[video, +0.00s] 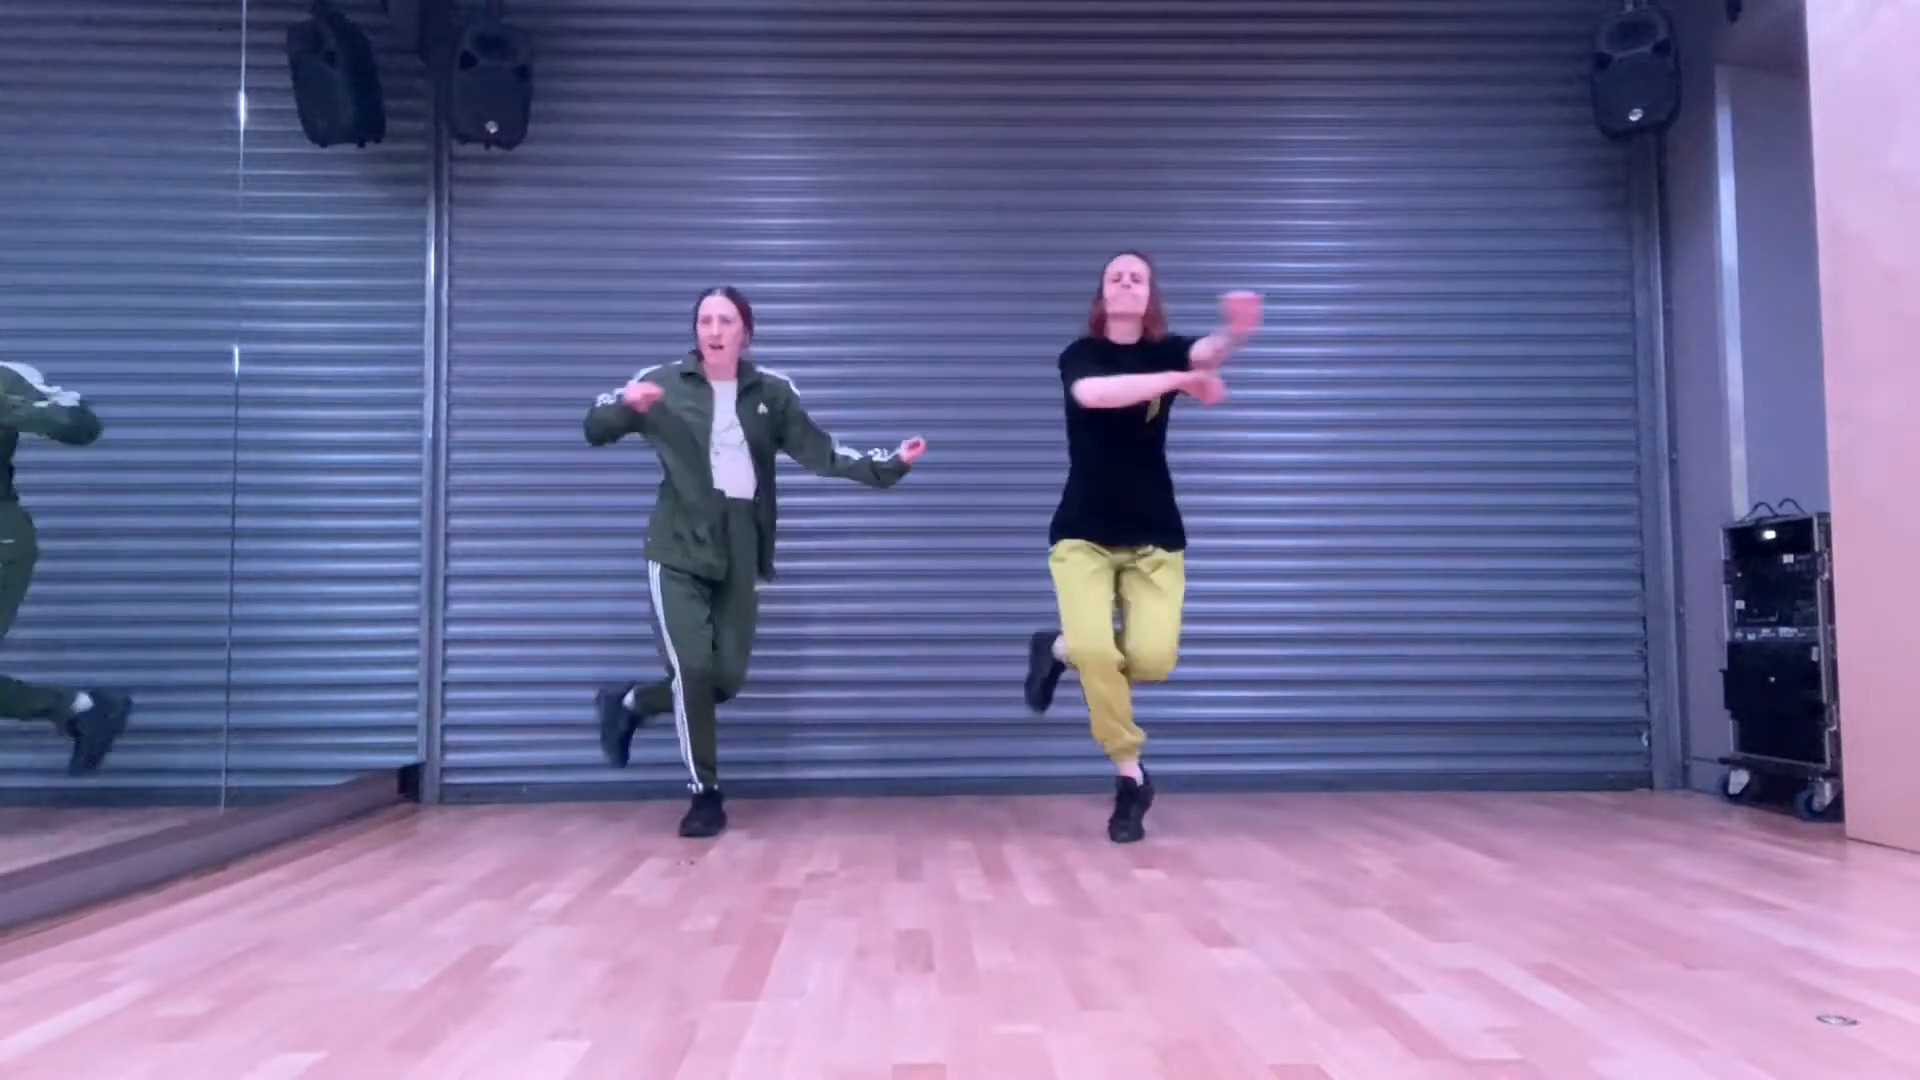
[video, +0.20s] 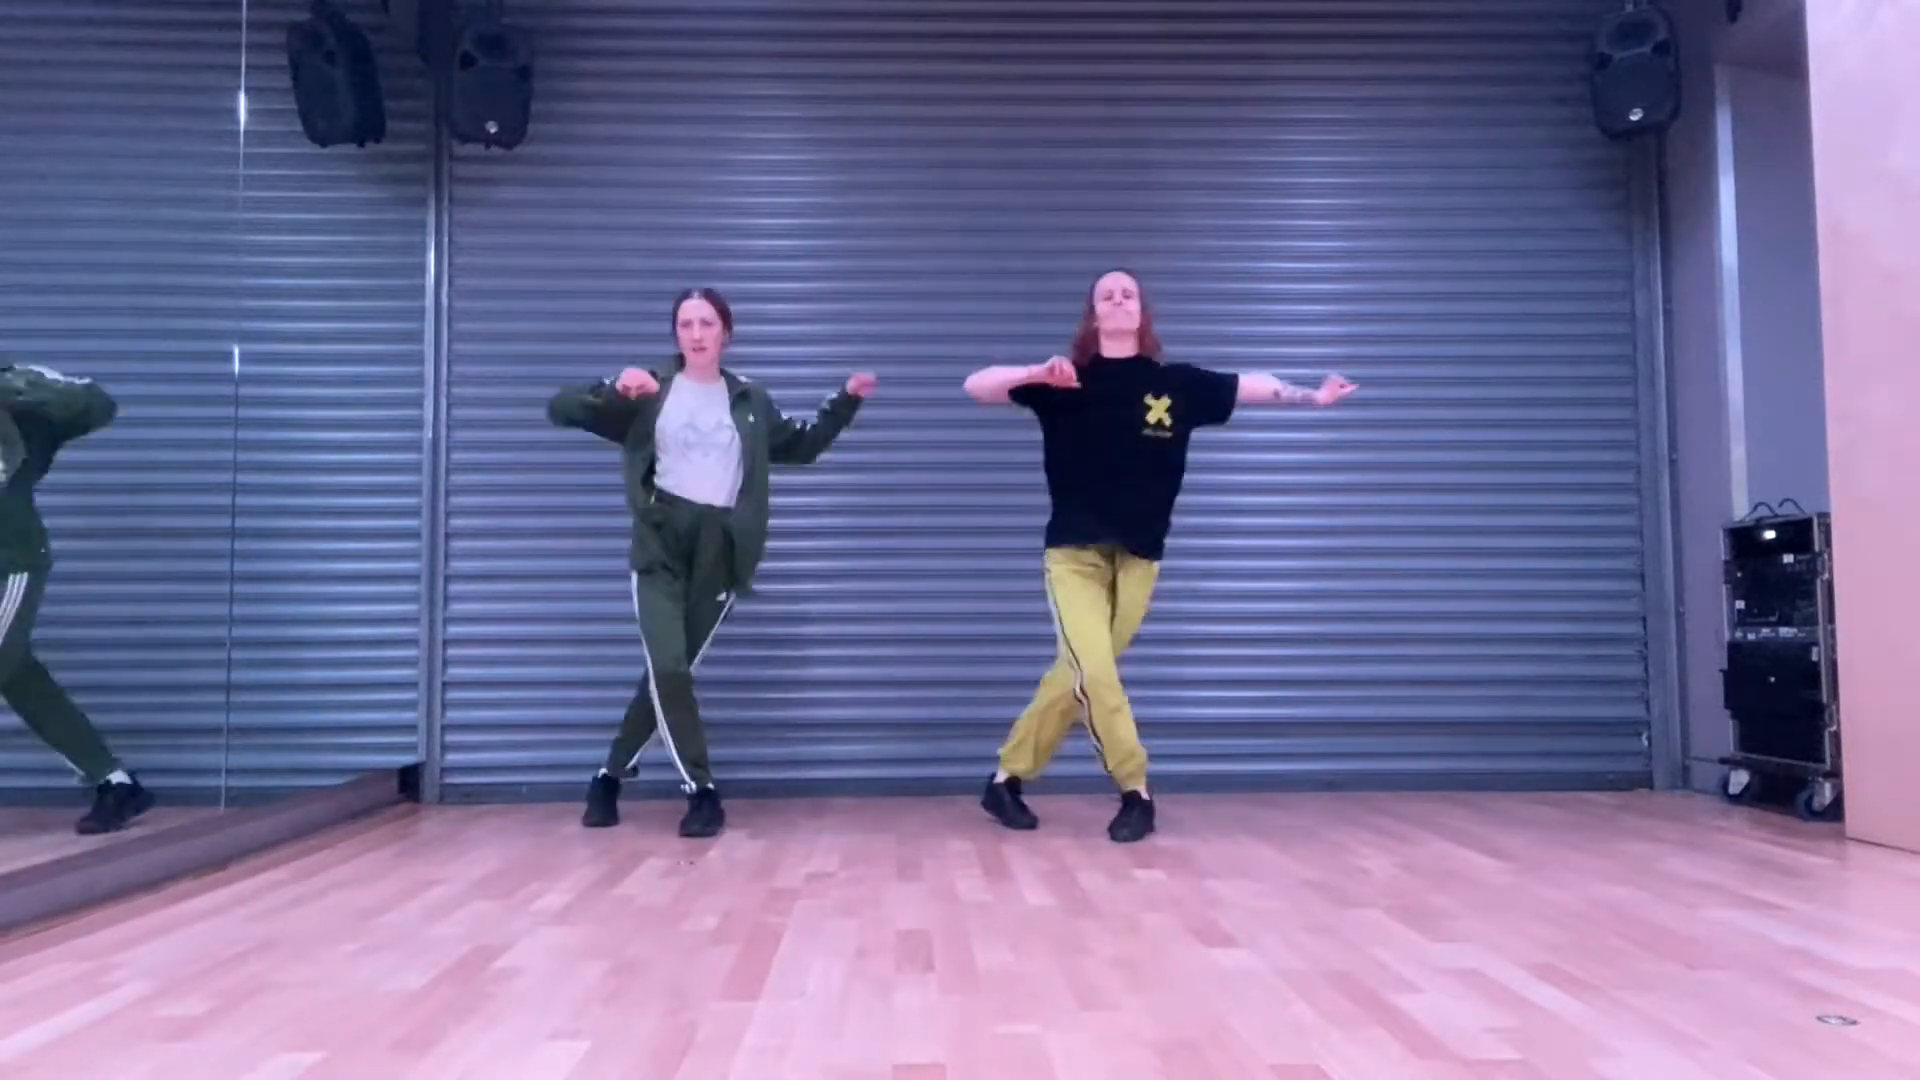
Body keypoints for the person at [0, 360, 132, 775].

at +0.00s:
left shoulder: (7, 382)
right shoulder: (9, 384)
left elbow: (87, 427)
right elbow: (84, 427)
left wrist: (23, 413)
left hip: (8, 546)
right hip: (9, 548)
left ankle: (78, 708)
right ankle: (78, 709)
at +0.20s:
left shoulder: (26, 409)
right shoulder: (21, 409)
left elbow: (99, 405)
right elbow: (99, 405)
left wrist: (25, 386)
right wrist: (30, 387)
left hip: (17, 556)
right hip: (12, 559)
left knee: (10, 669)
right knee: (12, 671)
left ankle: (111, 780)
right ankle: (111, 781)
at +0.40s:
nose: (10, 320)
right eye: (9, 317)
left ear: (5, 328)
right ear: (10, 326)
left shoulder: (15, 374)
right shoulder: (21, 372)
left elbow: (25, 458)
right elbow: (38, 453)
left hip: (30, 539)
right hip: (48, 540)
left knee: (23, 666)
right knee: (29, 667)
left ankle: (116, 772)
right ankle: (117, 772)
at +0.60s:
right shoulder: (48, 382)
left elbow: (81, 465)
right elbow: (83, 465)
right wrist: (82, 530)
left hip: (8, 540)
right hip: (74, 536)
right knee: (79, 663)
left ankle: (92, 778)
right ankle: (93, 779)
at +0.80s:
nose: (82, 375)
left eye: (84, 364)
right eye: (81, 363)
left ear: (39, 351)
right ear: (55, 355)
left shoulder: (13, 382)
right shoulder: (26, 381)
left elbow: (51, 477)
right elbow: (64, 469)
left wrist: (102, 545)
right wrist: (115, 537)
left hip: (10, 557)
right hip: (28, 554)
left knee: (24, 680)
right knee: (85, 675)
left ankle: (3, 793)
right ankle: (54, 800)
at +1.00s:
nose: (15, 321)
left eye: (27, 312)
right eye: (6, 312)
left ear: (47, 326)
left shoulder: (63, 389)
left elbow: (109, 462)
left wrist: (92, 401)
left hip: (51, 530)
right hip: (5, 534)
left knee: (73, 666)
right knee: (34, 663)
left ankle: (4, 772)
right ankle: (2, 776)